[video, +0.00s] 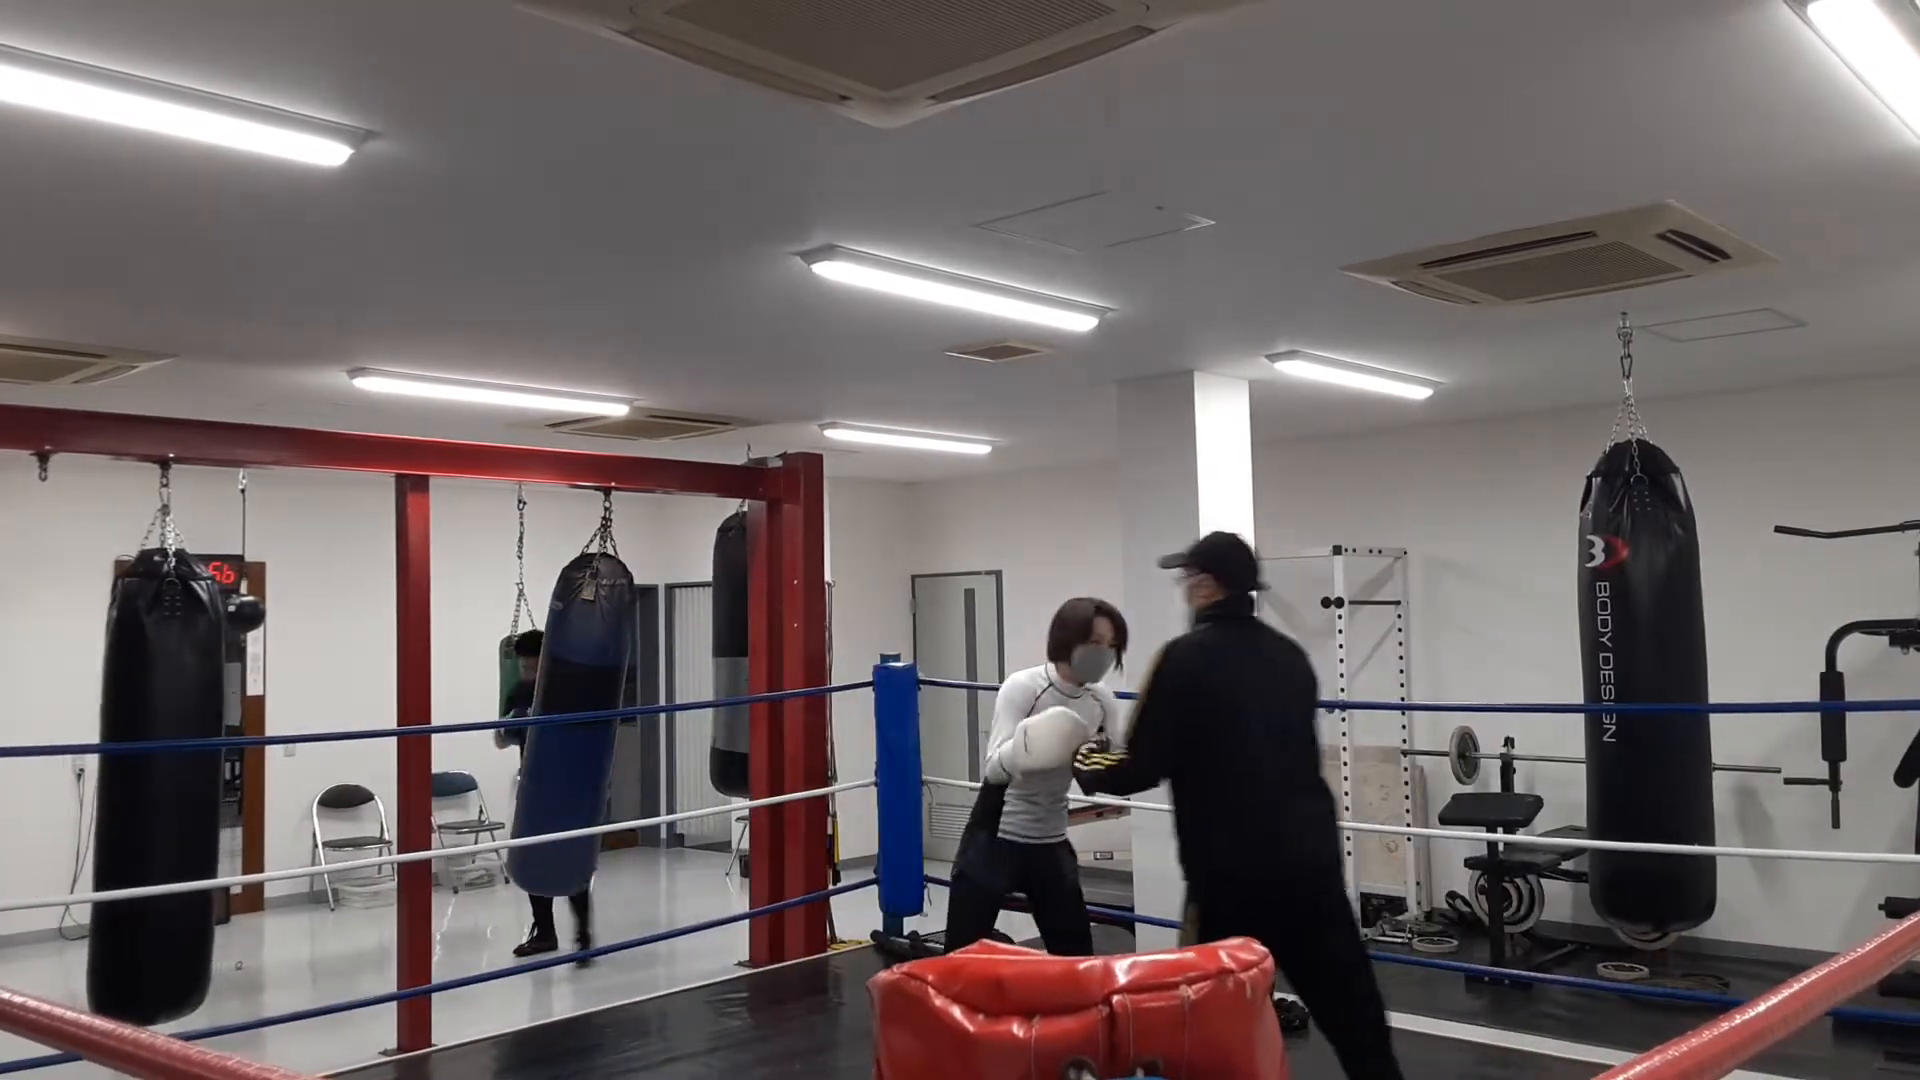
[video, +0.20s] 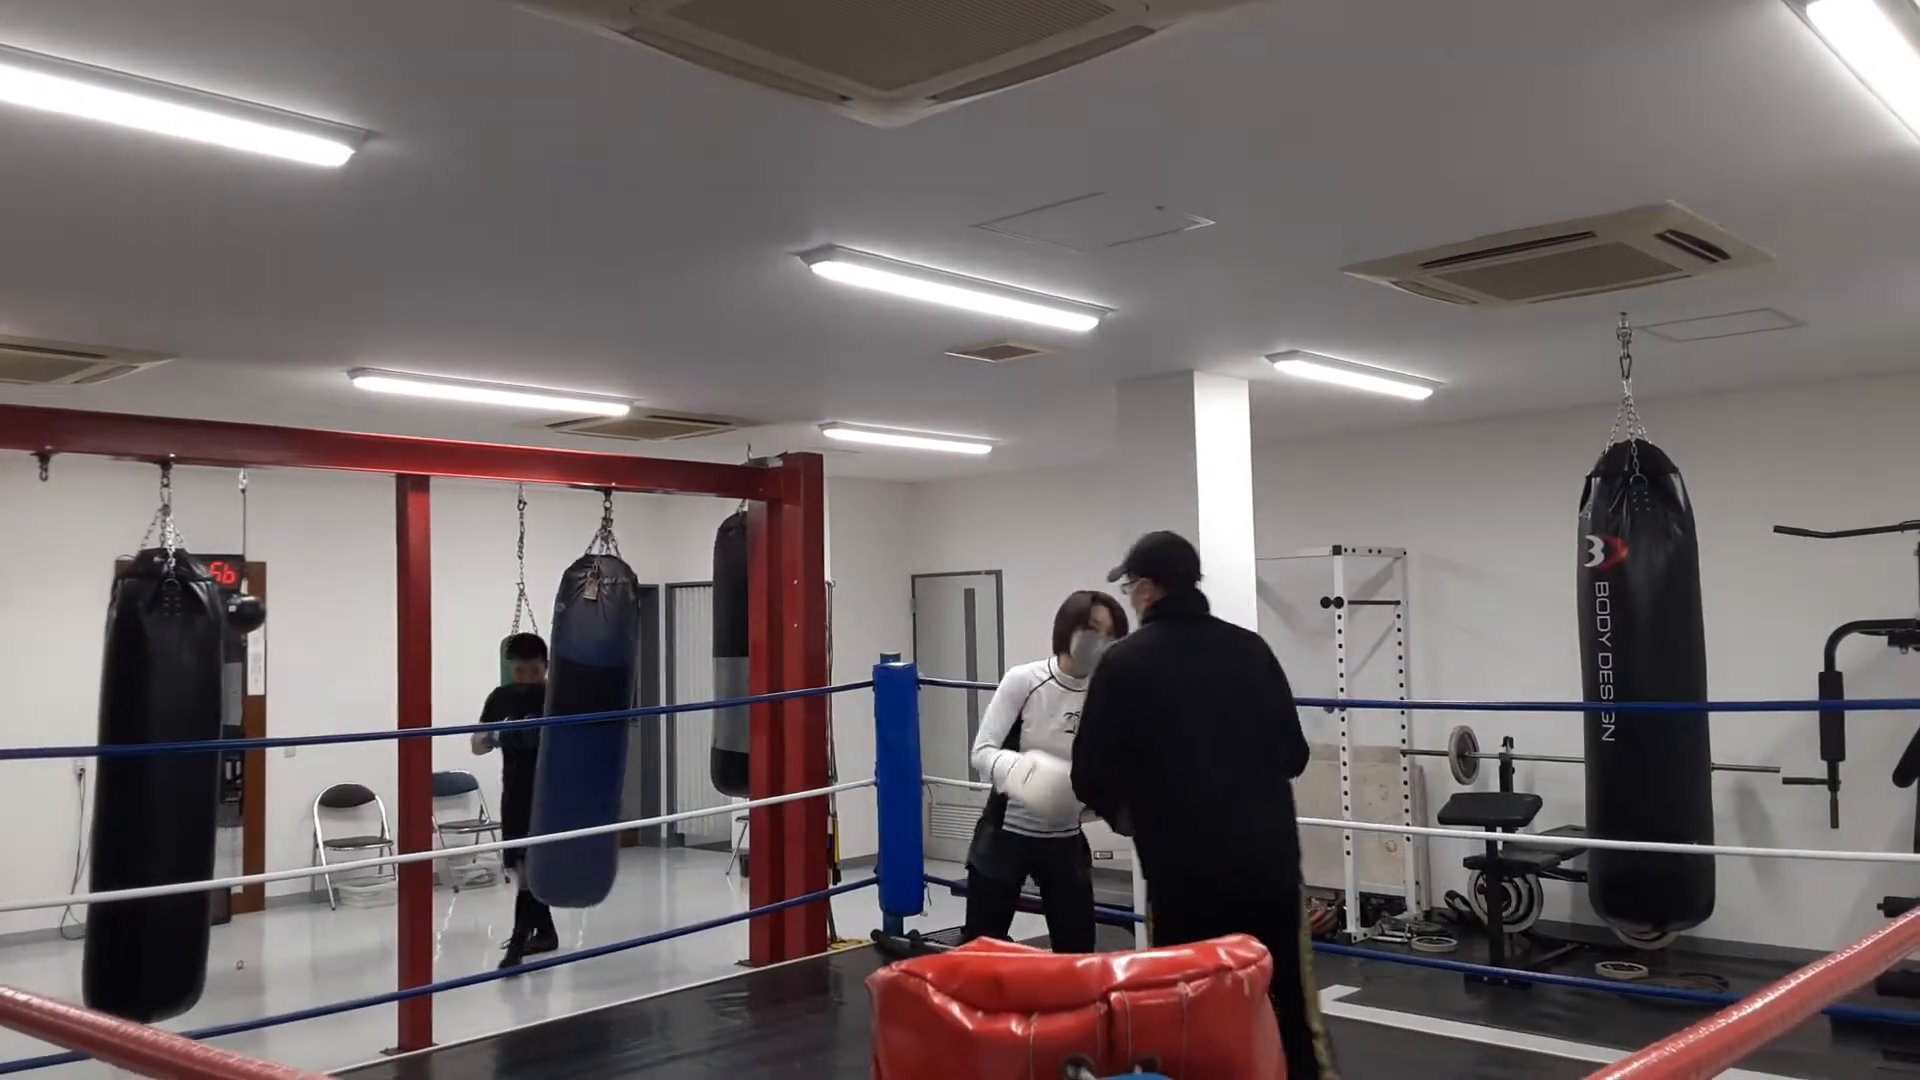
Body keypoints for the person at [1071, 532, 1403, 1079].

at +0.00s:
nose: (1183, 589)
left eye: (1188, 579)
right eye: (1185, 579)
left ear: (1209, 585)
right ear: (1243, 587)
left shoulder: (1184, 658)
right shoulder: (1290, 654)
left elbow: (1145, 768)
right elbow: (1292, 752)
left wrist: (1089, 773)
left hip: (1225, 866)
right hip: (1307, 860)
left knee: (1213, 1014)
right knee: (1353, 1013)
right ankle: (1381, 1074)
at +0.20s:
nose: (1129, 596)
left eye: (1130, 586)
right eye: (1129, 586)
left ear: (1146, 588)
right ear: (1193, 583)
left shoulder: (1122, 663)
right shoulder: (1250, 647)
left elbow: (1092, 779)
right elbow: (1293, 755)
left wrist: (1137, 816)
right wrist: (1236, 767)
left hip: (1177, 862)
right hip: (1267, 857)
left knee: (1190, 1005)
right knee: (1286, 1001)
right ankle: (1303, 1074)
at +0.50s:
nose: (1107, 600)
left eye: (1106, 592)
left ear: (1114, 592)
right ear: (1168, 577)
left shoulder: (1094, 665)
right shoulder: (1225, 646)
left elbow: (1071, 776)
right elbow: (1274, 756)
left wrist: (1118, 734)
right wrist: (1212, 731)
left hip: (1144, 868)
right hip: (1224, 862)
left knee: (1158, 997)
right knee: (1228, 997)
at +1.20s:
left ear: (1120, 577)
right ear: (1185, 592)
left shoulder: (1065, 645)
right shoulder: (1192, 679)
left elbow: (1028, 736)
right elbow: (1205, 793)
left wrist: (1086, 730)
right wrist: (1146, 760)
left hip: (1065, 861)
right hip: (1145, 869)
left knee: (1082, 996)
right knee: (1142, 1003)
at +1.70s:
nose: (1151, 616)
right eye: (1154, 607)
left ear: (1085, 586)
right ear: (1147, 610)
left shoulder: (1020, 654)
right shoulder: (1134, 684)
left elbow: (989, 746)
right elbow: (1146, 807)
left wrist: (1029, 794)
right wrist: (1097, 830)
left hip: (1011, 864)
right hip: (1089, 874)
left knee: (1027, 998)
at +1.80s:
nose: (1131, 619)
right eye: (1134, 610)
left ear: (1070, 588)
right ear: (1127, 610)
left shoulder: (1004, 658)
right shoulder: (1112, 684)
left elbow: (985, 763)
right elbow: (1125, 808)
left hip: (997, 864)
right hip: (1071, 872)